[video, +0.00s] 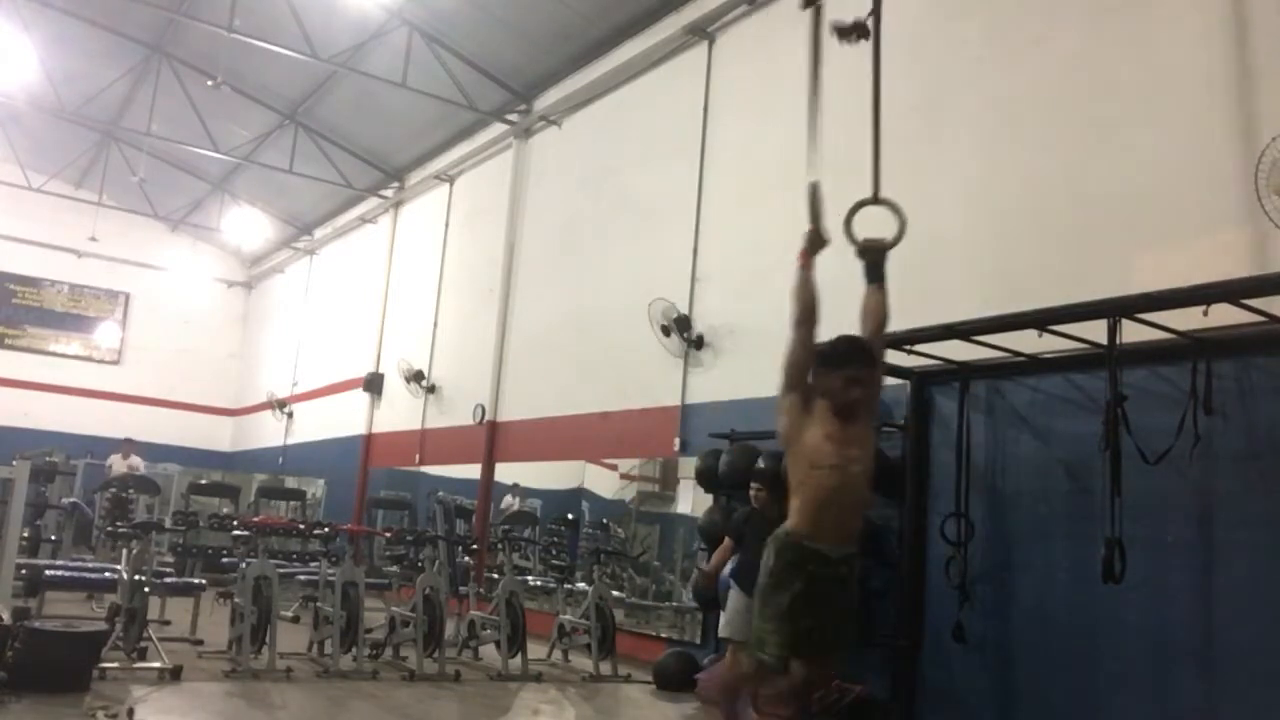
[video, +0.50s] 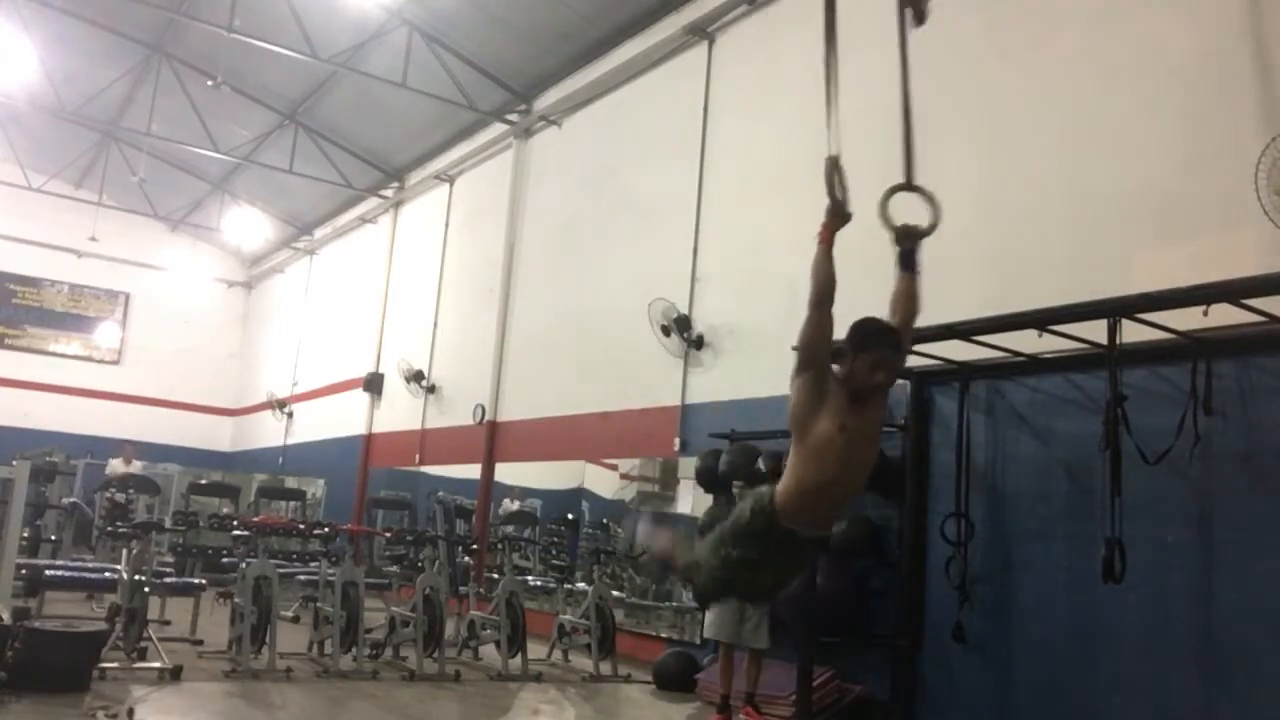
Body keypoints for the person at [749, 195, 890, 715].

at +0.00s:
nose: (859, 391)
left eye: (864, 382)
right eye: (849, 382)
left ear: (870, 383)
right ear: (822, 380)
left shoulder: (865, 414)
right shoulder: (798, 409)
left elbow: (875, 335)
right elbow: (803, 328)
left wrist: (874, 267)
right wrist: (805, 261)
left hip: (841, 564)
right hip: (792, 557)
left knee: (813, 675)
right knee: (763, 662)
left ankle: (762, 704)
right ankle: (714, 692)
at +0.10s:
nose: (879, 389)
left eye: (888, 380)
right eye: (872, 378)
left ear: (896, 382)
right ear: (849, 370)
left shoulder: (882, 406)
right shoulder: (820, 402)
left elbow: (897, 324)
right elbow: (824, 314)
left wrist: (899, 259)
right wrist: (827, 246)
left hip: (837, 560)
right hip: (792, 545)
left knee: (791, 633)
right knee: (733, 607)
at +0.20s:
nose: (897, 382)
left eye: (904, 373)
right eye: (890, 369)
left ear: (910, 368)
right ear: (865, 356)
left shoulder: (891, 392)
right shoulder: (828, 389)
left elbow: (918, 320)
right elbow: (833, 304)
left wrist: (924, 252)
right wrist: (840, 231)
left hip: (833, 542)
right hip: (784, 524)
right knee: (708, 564)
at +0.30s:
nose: (901, 376)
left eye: (908, 366)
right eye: (894, 363)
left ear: (913, 364)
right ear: (870, 351)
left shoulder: (893, 385)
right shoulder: (830, 379)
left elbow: (926, 315)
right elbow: (835, 297)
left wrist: (935, 245)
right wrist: (845, 222)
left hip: (815, 521)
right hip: (774, 504)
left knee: (765, 582)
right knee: (699, 542)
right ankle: (663, 465)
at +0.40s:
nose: (896, 376)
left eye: (903, 367)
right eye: (889, 364)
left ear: (909, 365)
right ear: (863, 351)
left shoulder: (889, 386)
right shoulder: (824, 382)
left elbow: (920, 316)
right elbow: (831, 299)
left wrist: (928, 251)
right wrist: (839, 225)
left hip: (812, 524)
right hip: (771, 506)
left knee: (750, 582)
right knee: (698, 540)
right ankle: (657, 475)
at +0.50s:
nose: (882, 379)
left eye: (889, 370)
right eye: (873, 367)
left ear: (894, 370)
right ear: (848, 360)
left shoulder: (877, 395)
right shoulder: (816, 393)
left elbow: (903, 324)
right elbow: (820, 307)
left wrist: (908, 253)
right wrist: (827, 235)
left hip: (808, 541)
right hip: (767, 524)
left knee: (751, 593)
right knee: (704, 577)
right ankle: (654, 536)